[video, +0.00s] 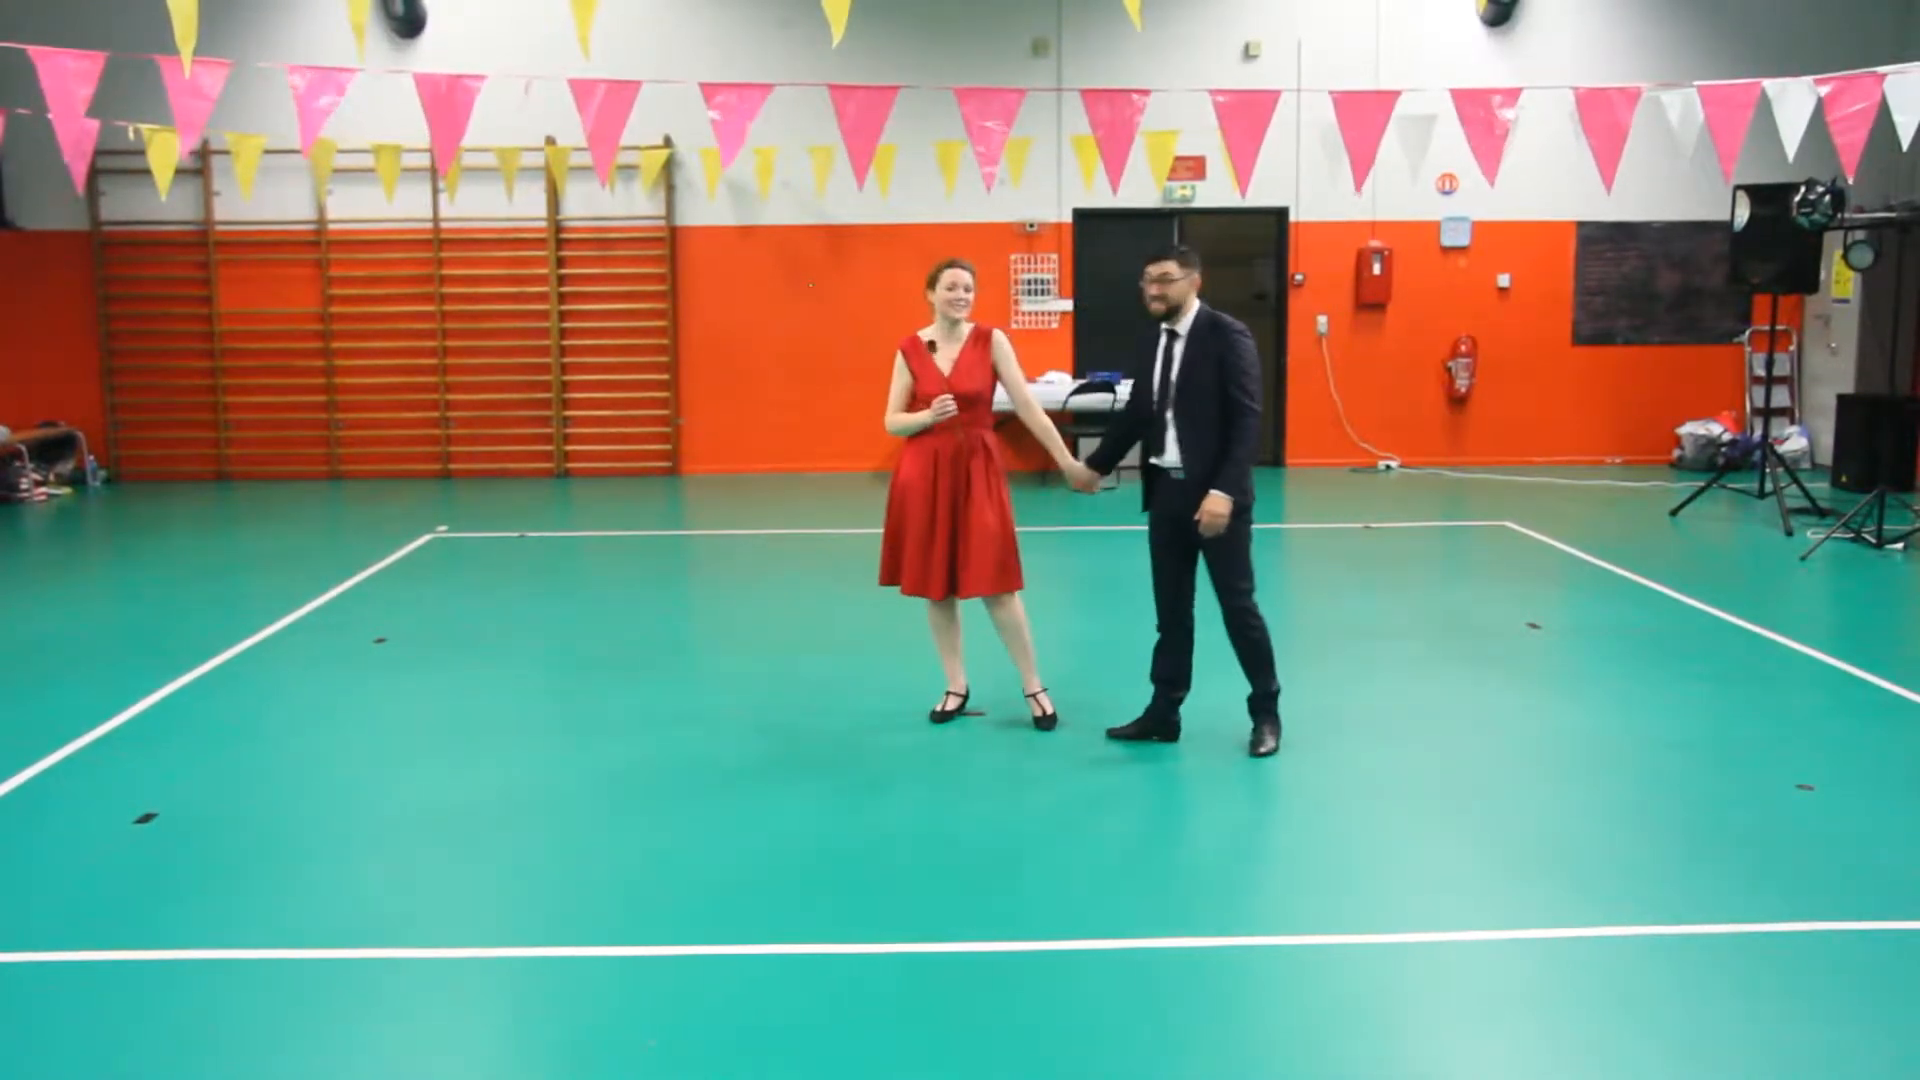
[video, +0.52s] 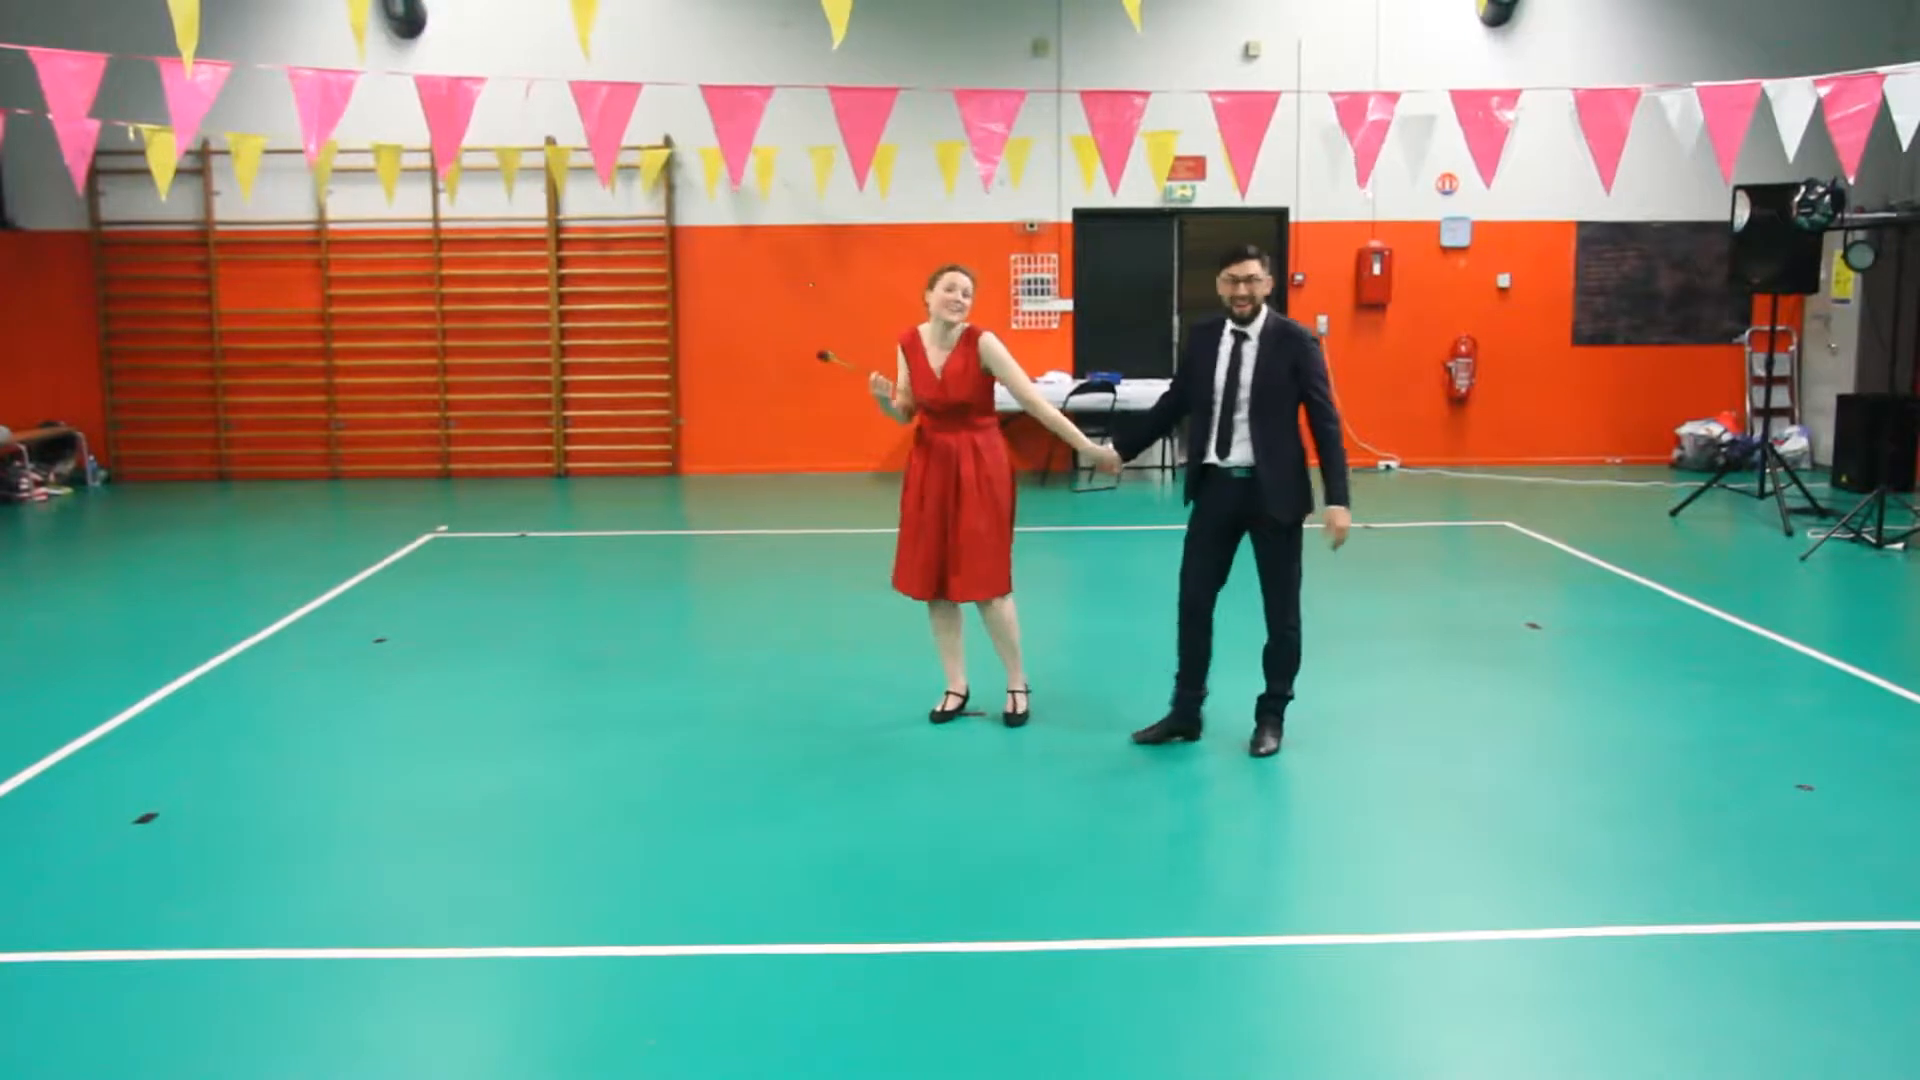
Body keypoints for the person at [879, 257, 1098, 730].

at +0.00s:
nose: (960, 296)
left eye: (967, 289)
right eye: (951, 288)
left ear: (975, 297)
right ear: (931, 295)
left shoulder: (991, 342)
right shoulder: (910, 350)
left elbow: (1028, 407)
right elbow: (892, 422)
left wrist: (1069, 463)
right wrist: (928, 416)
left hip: (977, 471)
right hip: (926, 474)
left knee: (998, 586)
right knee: (938, 587)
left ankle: (1033, 688)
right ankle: (955, 687)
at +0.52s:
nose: (957, 298)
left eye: (965, 293)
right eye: (949, 289)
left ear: (971, 305)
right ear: (927, 296)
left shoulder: (982, 344)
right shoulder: (910, 344)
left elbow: (1035, 403)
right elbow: (905, 414)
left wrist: (1088, 448)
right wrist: (886, 399)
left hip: (980, 463)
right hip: (931, 464)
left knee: (987, 583)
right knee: (937, 582)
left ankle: (1017, 686)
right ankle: (955, 688)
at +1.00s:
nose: (965, 304)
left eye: (975, 300)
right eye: (958, 295)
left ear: (985, 310)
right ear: (940, 300)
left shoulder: (999, 348)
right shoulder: (934, 345)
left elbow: (1044, 411)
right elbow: (940, 412)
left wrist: (1087, 469)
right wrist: (909, 404)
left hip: (1010, 462)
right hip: (963, 462)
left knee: (1011, 583)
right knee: (957, 582)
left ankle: (1019, 691)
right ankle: (956, 688)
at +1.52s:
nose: (995, 296)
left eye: (1003, 290)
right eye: (987, 288)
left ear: (1016, 298)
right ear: (971, 295)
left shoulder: (1035, 342)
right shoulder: (960, 352)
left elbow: (1058, 413)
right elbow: (955, 427)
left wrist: (1075, 481)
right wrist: (976, 414)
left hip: (1031, 471)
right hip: (981, 473)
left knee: (1027, 587)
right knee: (967, 586)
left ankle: (1021, 691)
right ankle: (962, 687)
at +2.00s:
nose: (1008, 296)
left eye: (1015, 289)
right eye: (999, 288)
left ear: (1025, 298)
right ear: (981, 296)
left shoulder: (1042, 344)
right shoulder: (960, 352)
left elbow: (1059, 417)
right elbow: (946, 427)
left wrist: (1078, 477)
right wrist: (995, 417)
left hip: (1034, 477)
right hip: (980, 479)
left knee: (1028, 592)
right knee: (974, 592)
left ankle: (1021, 690)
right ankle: (961, 676)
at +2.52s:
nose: (995, 293)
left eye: (998, 286)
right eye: (986, 286)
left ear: (1001, 292)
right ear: (959, 291)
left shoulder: (1011, 339)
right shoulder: (932, 347)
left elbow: (1046, 406)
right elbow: (917, 422)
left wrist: (1089, 461)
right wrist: (975, 411)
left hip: (1001, 472)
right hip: (950, 473)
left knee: (1008, 586)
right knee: (951, 585)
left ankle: (1019, 690)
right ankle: (951, 681)